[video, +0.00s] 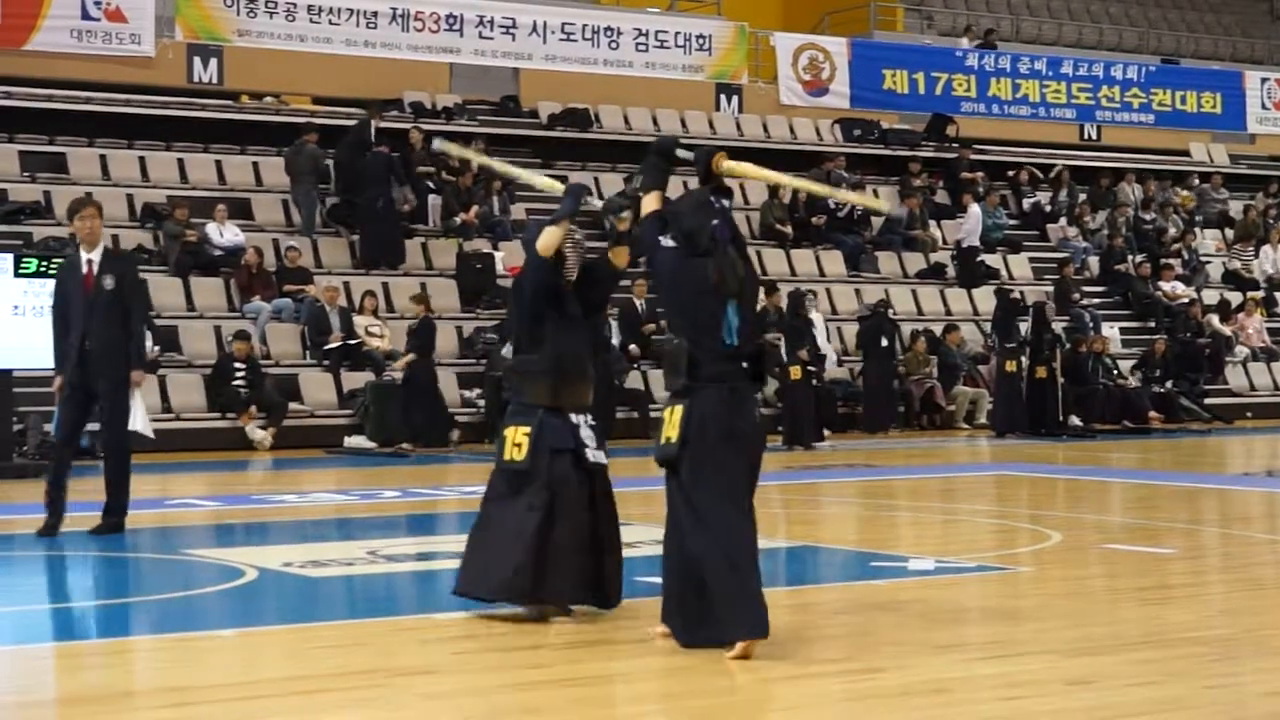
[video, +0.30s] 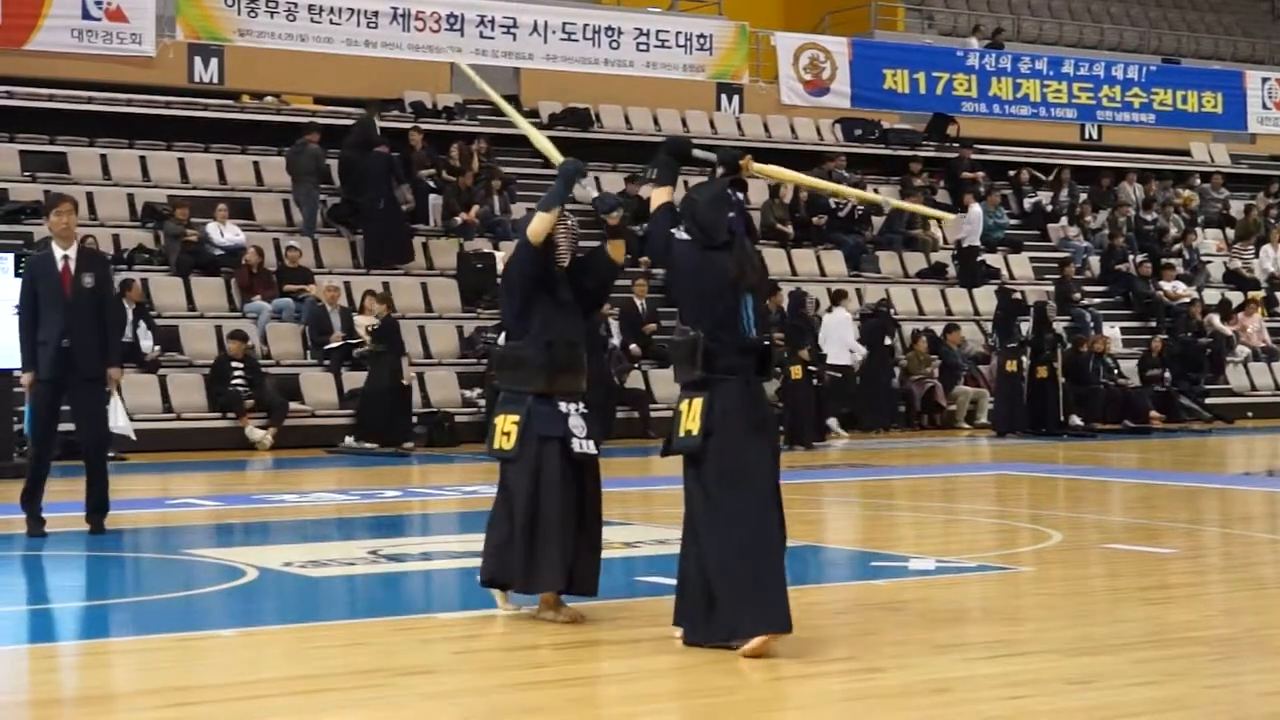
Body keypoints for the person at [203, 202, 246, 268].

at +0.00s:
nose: (222, 214)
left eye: (224, 211)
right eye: (219, 211)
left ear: (227, 213)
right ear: (214, 214)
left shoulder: (232, 226)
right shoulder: (210, 226)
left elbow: (242, 240)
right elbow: (217, 242)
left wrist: (225, 241)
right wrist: (237, 244)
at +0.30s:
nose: (223, 213)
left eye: (225, 211)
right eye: (220, 211)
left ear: (228, 213)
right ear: (215, 213)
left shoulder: (233, 226)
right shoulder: (211, 226)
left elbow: (243, 240)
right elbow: (218, 242)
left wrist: (226, 239)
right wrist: (238, 243)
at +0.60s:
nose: (224, 212)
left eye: (226, 209)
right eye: (221, 210)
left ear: (229, 212)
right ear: (216, 213)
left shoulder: (234, 225)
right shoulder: (212, 225)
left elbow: (244, 240)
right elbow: (219, 241)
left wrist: (227, 238)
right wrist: (238, 243)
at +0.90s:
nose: (225, 212)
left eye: (227, 209)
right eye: (222, 209)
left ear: (230, 212)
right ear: (217, 212)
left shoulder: (235, 225)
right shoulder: (213, 225)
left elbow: (245, 240)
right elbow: (220, 240)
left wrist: (228, 237)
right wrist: (240, 242)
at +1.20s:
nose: (225, 211)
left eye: (227, 208)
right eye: (222, 209)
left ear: (230, 211)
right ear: (217, 211)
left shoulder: (235, 224)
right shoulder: (213, 224)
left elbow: (245, 239)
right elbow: (220, 240)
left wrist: (228, 237)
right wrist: (241, 242)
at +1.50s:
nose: (225, 212)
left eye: (227, 209)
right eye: (222, 209)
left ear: (230, 211)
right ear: (217, 212)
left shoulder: (235, 225)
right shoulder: (213, 224)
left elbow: (245, 239)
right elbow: (220, 240)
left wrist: (228, 237)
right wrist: (239, 242)